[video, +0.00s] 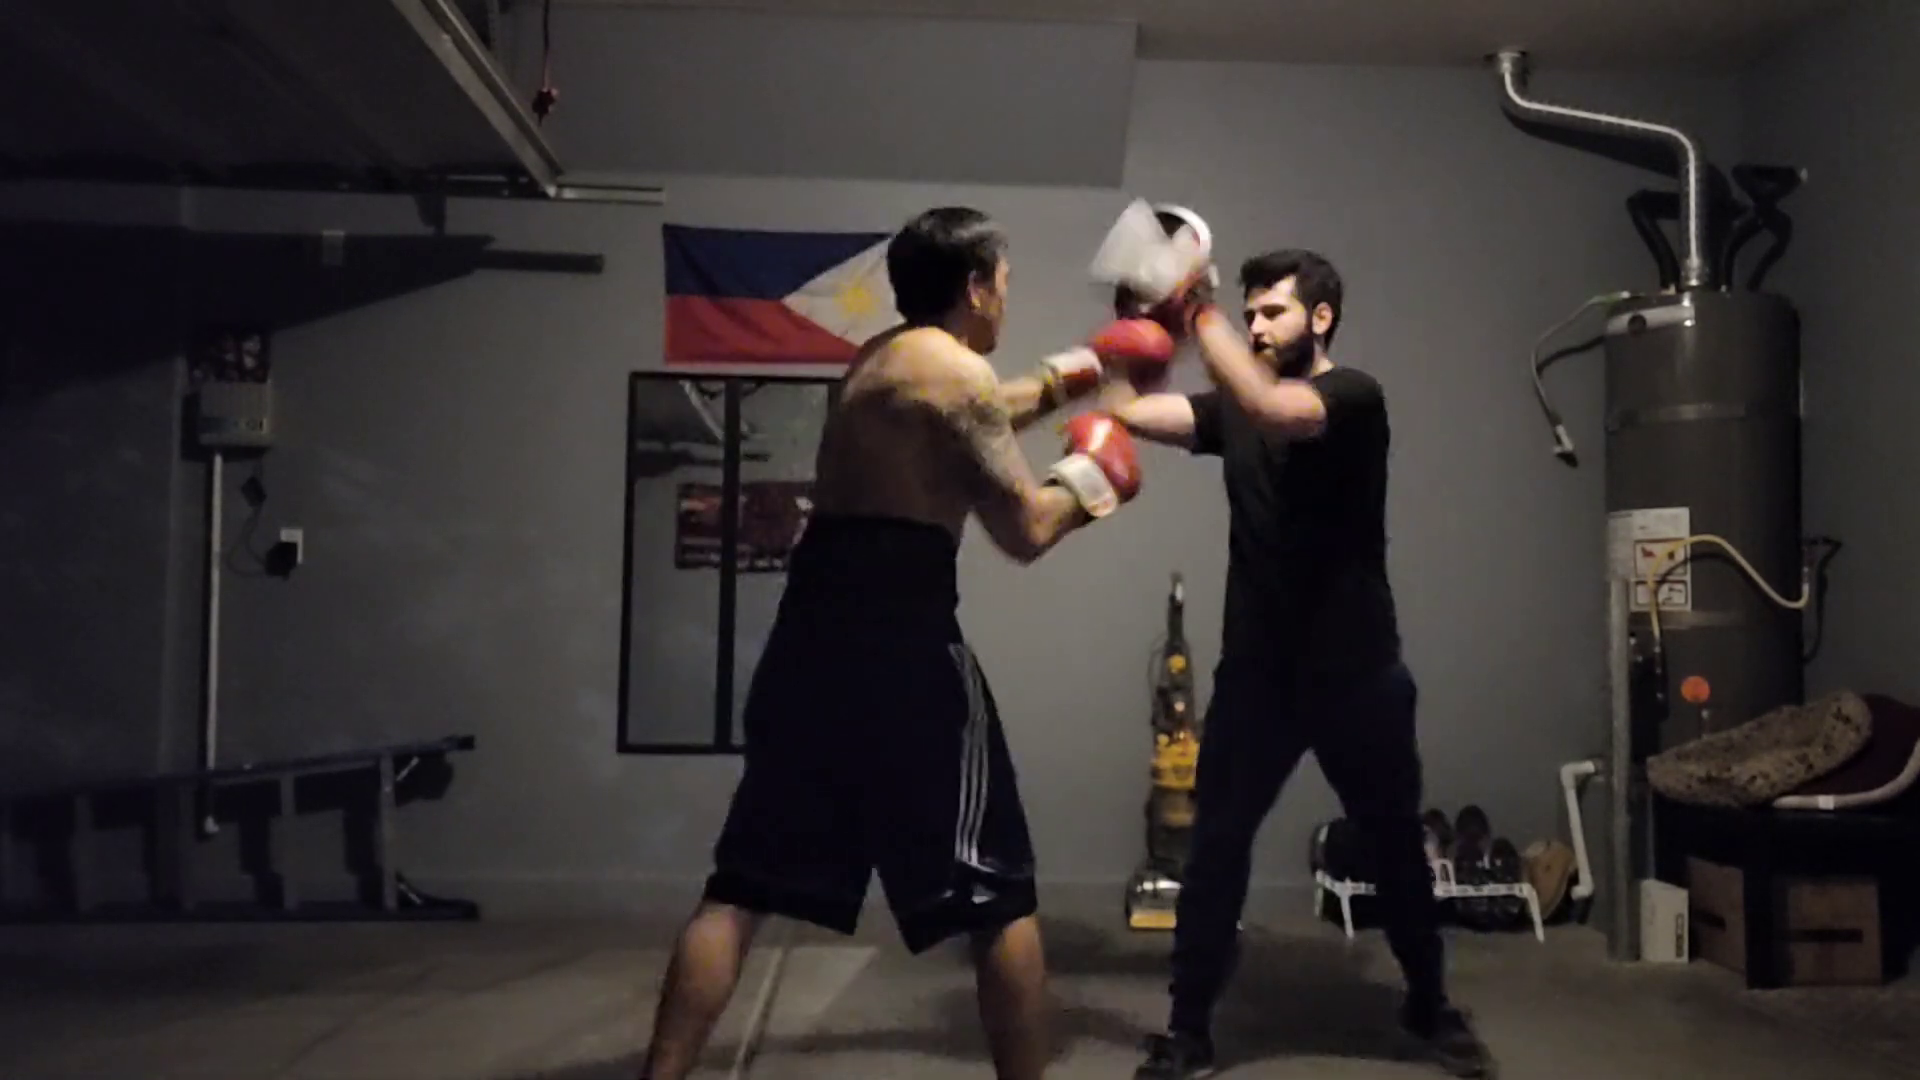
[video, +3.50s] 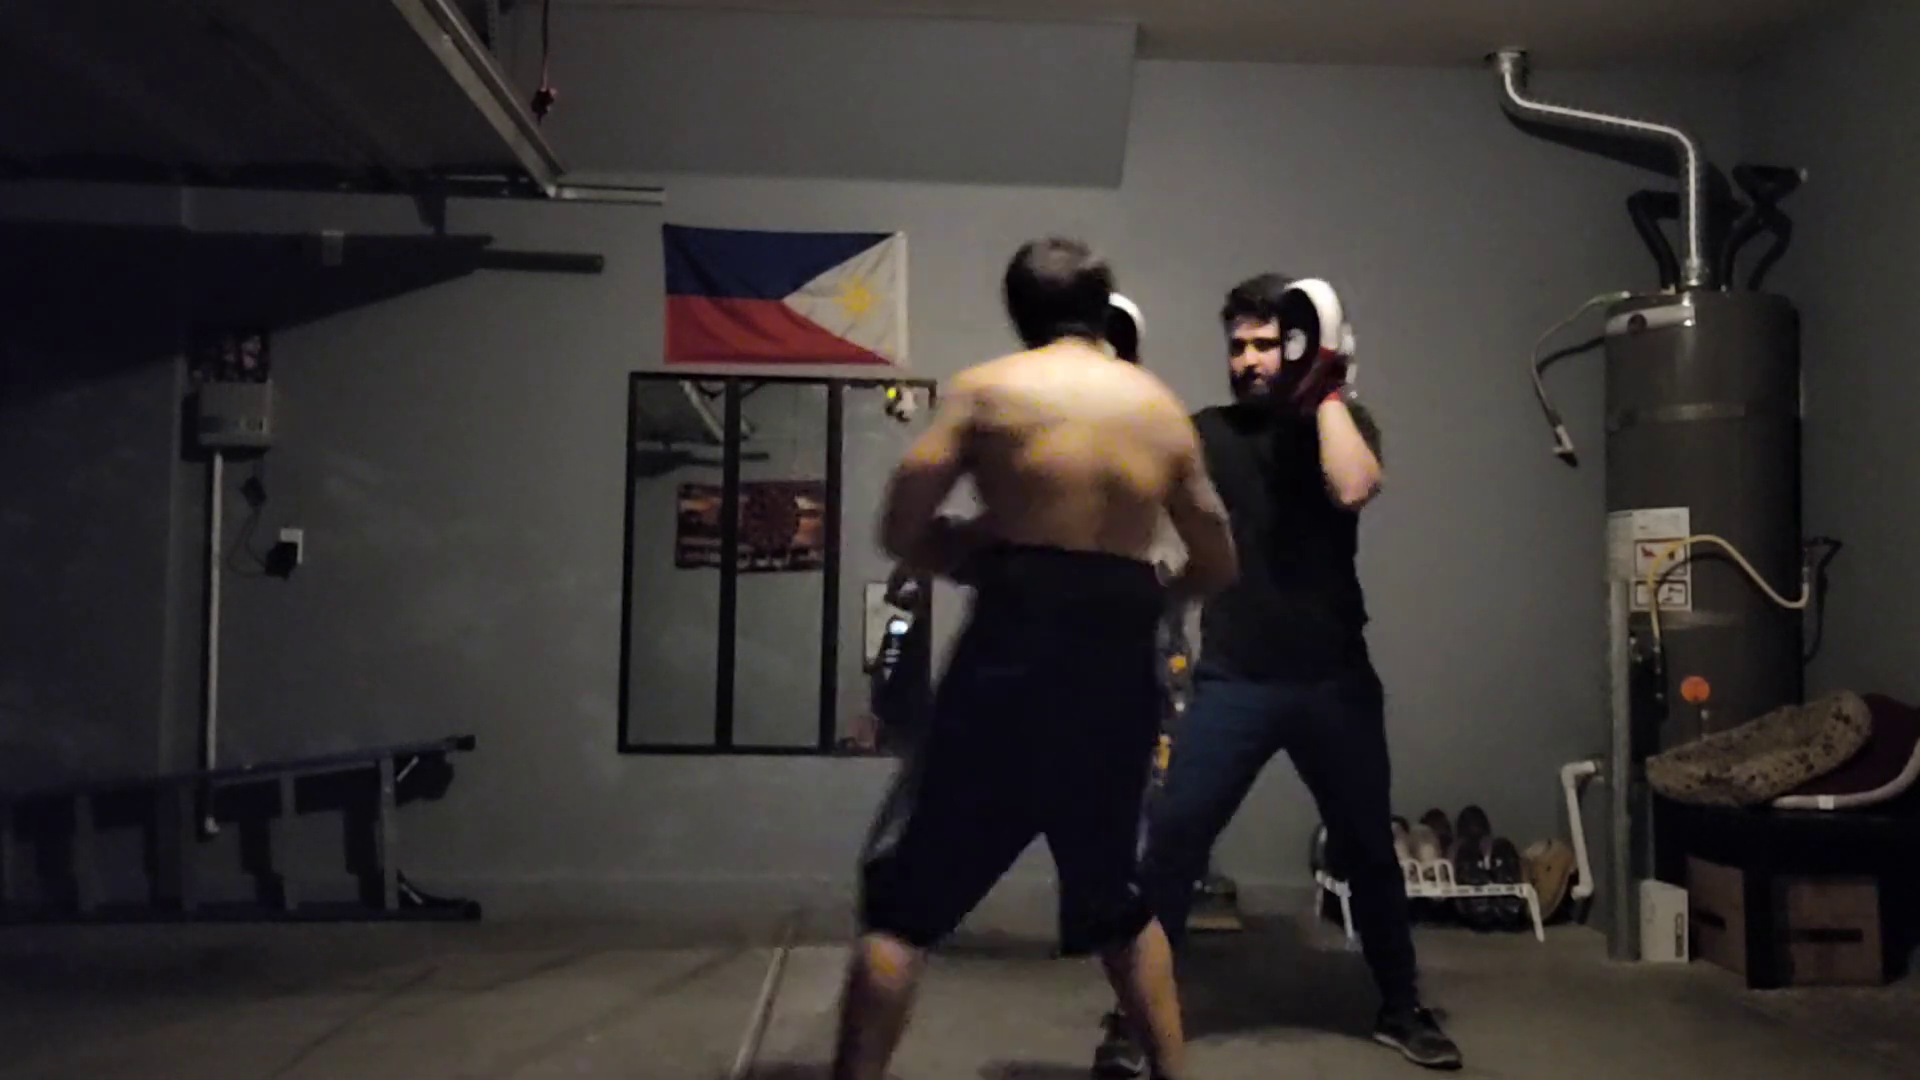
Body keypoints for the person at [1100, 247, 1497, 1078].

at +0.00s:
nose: (1257, 328)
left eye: (1273, 312)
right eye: (1250, 316)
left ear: (1322, 317)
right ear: (1243, 329)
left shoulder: (1357, 395)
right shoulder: (1238, 407)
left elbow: (1272, 406)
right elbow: (1137, 409)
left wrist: (1197, 309)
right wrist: (1118, 343)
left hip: (1355, 671)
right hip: (1258, 673)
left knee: (1394, 840)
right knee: (1216, 845)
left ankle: (1429, 1004)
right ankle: (1188, 1029)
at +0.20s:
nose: (1285, 331)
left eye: (1300, 314)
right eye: (1276, 319)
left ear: (1341, 324)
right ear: (1265, 332)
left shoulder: (1386, 408)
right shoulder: (1253, 420)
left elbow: (1339, 392)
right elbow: (1135, 420)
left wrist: (1314, 294)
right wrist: (1163, 337)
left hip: (1359, 675)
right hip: (1258, 675)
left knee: (1375, 853)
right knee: (1216, 846)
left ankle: (1398, 1008)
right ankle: (1185, 1027)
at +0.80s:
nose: (1255, 354)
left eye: (1271, 339)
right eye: (1247, 341)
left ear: (1308, 341)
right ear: (1237, 346)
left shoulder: (1351, 415)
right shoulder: (1218, 422)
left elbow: (1307, 440)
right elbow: (1112, 426)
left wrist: (1299, 344)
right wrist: (1106, 351)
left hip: (1336, 679)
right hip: (1241, 676)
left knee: (1360, 847)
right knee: (1191, 836)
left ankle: (1396, 1006)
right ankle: (1143, 1013)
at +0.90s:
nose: (1237, 343)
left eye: (1253, 330)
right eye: (1228, 332)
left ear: (1296, 336)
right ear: (1218, 341)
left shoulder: (1327, 411)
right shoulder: (1207, 425)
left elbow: (1249, 426)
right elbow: (1100, 443)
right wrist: (1103, 363)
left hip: (1312, 678)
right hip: (1217, 678)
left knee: (1354, 847)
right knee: (1170, 842)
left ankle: (1395, 1008)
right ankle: (1143, 1014)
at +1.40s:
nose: (1256, 346)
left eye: (1271, 330)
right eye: (1245, 333)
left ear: (1303, 338)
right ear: (1233, 348)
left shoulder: (1347, 416)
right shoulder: (1217, 435)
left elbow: (1335, 442)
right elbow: (1111, 448)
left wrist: (1283, 354)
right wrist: (1133, 373)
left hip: (1332, 682)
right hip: (1234, 683)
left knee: (1362, 848)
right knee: (1179, 830)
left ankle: (1398, 1007)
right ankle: (1144, 1010)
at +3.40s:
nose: (1266, 357)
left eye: (1283, 344)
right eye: (1257, 344)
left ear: (1323, 348)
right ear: (1246, 349)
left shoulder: (1357, 422)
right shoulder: (1218, 425)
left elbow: (1368, 481)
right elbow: (1128, 452)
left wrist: (1345, 381)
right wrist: (1094, 381)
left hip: (1338, 679)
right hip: (1238, 677)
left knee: (1370, 852)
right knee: (1189, 842)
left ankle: (1402, 1008)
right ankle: (1140, 1015)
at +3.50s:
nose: (1247, 362)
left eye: (1264, 347)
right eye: (1238, 347)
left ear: (1306, 350)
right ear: (1227, 353)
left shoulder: (1343, 425)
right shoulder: (1207, 432)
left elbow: (1354, 486)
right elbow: (1157, 510)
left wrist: (1326, 392)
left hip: (1332, 682)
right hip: (1233, 679)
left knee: (1369, 852)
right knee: (1173, 836)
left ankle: (1402, 1007)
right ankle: (1135, 1015)